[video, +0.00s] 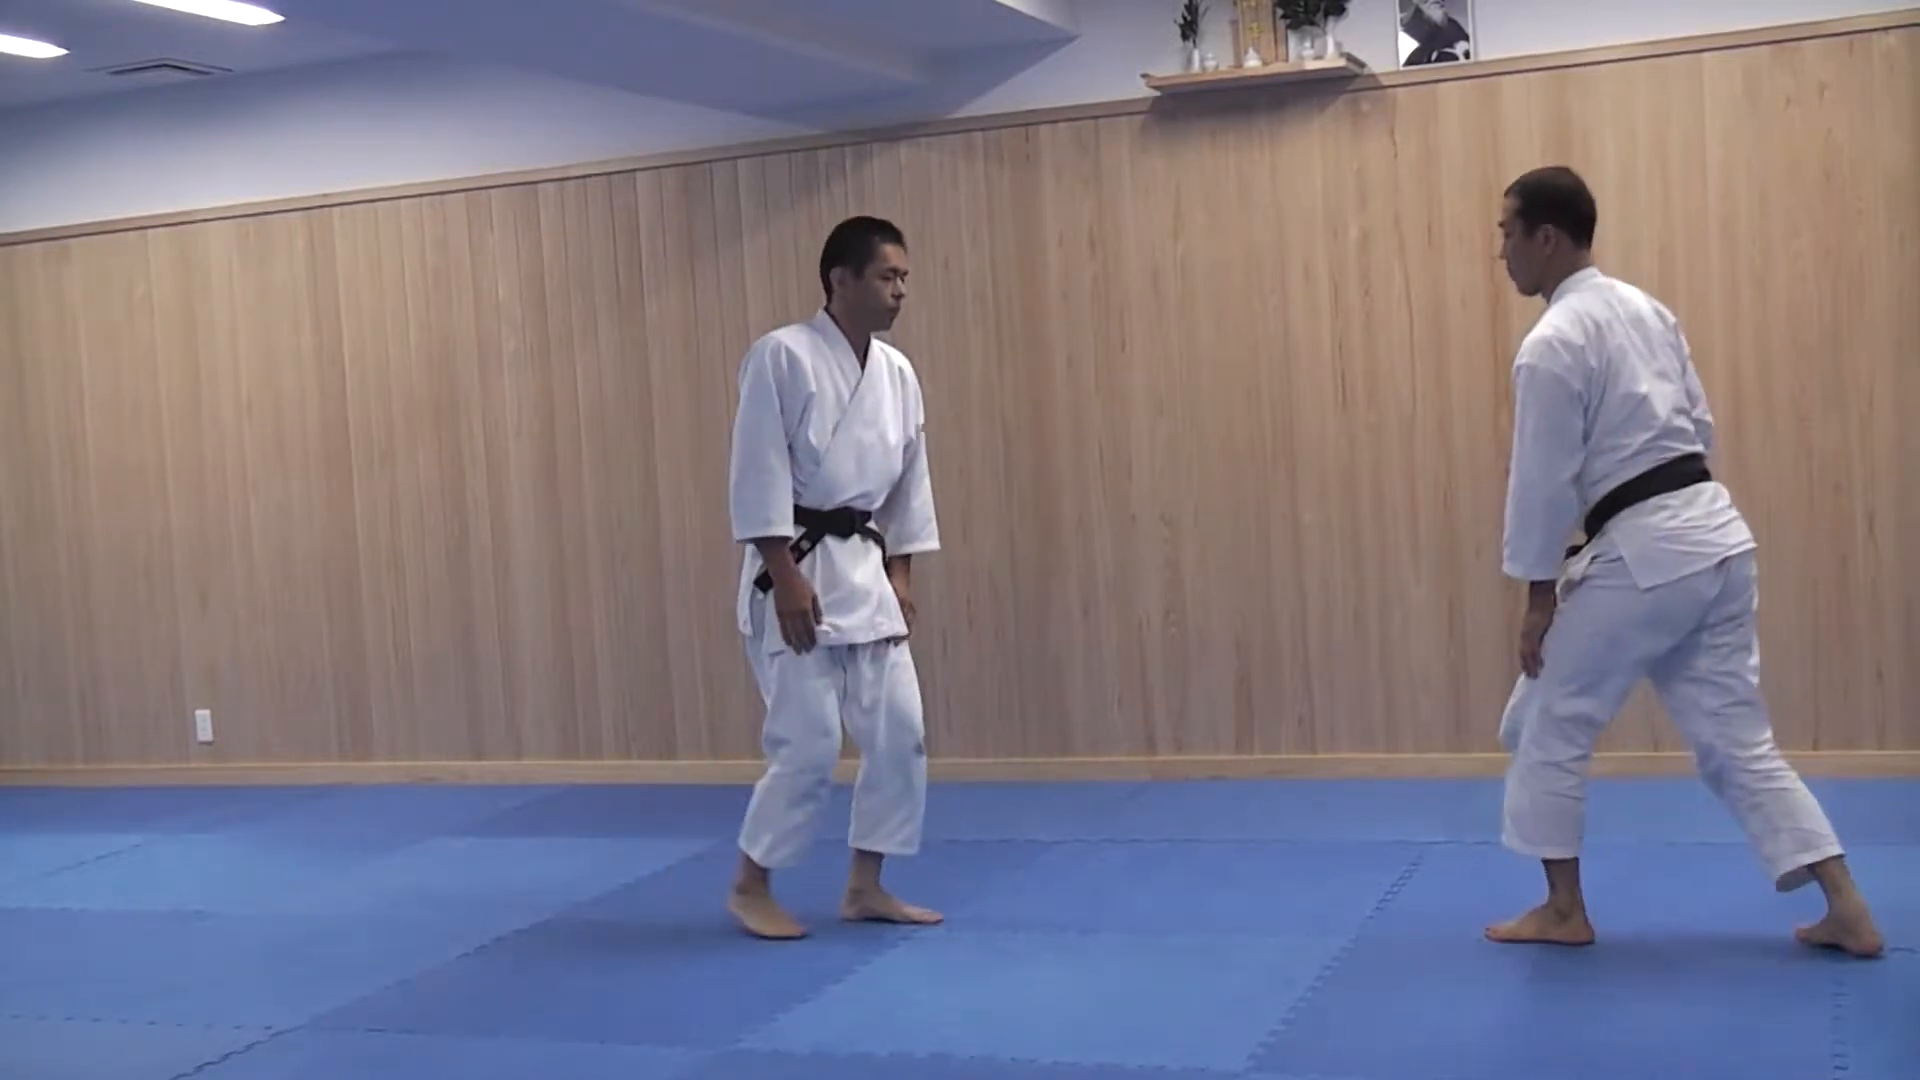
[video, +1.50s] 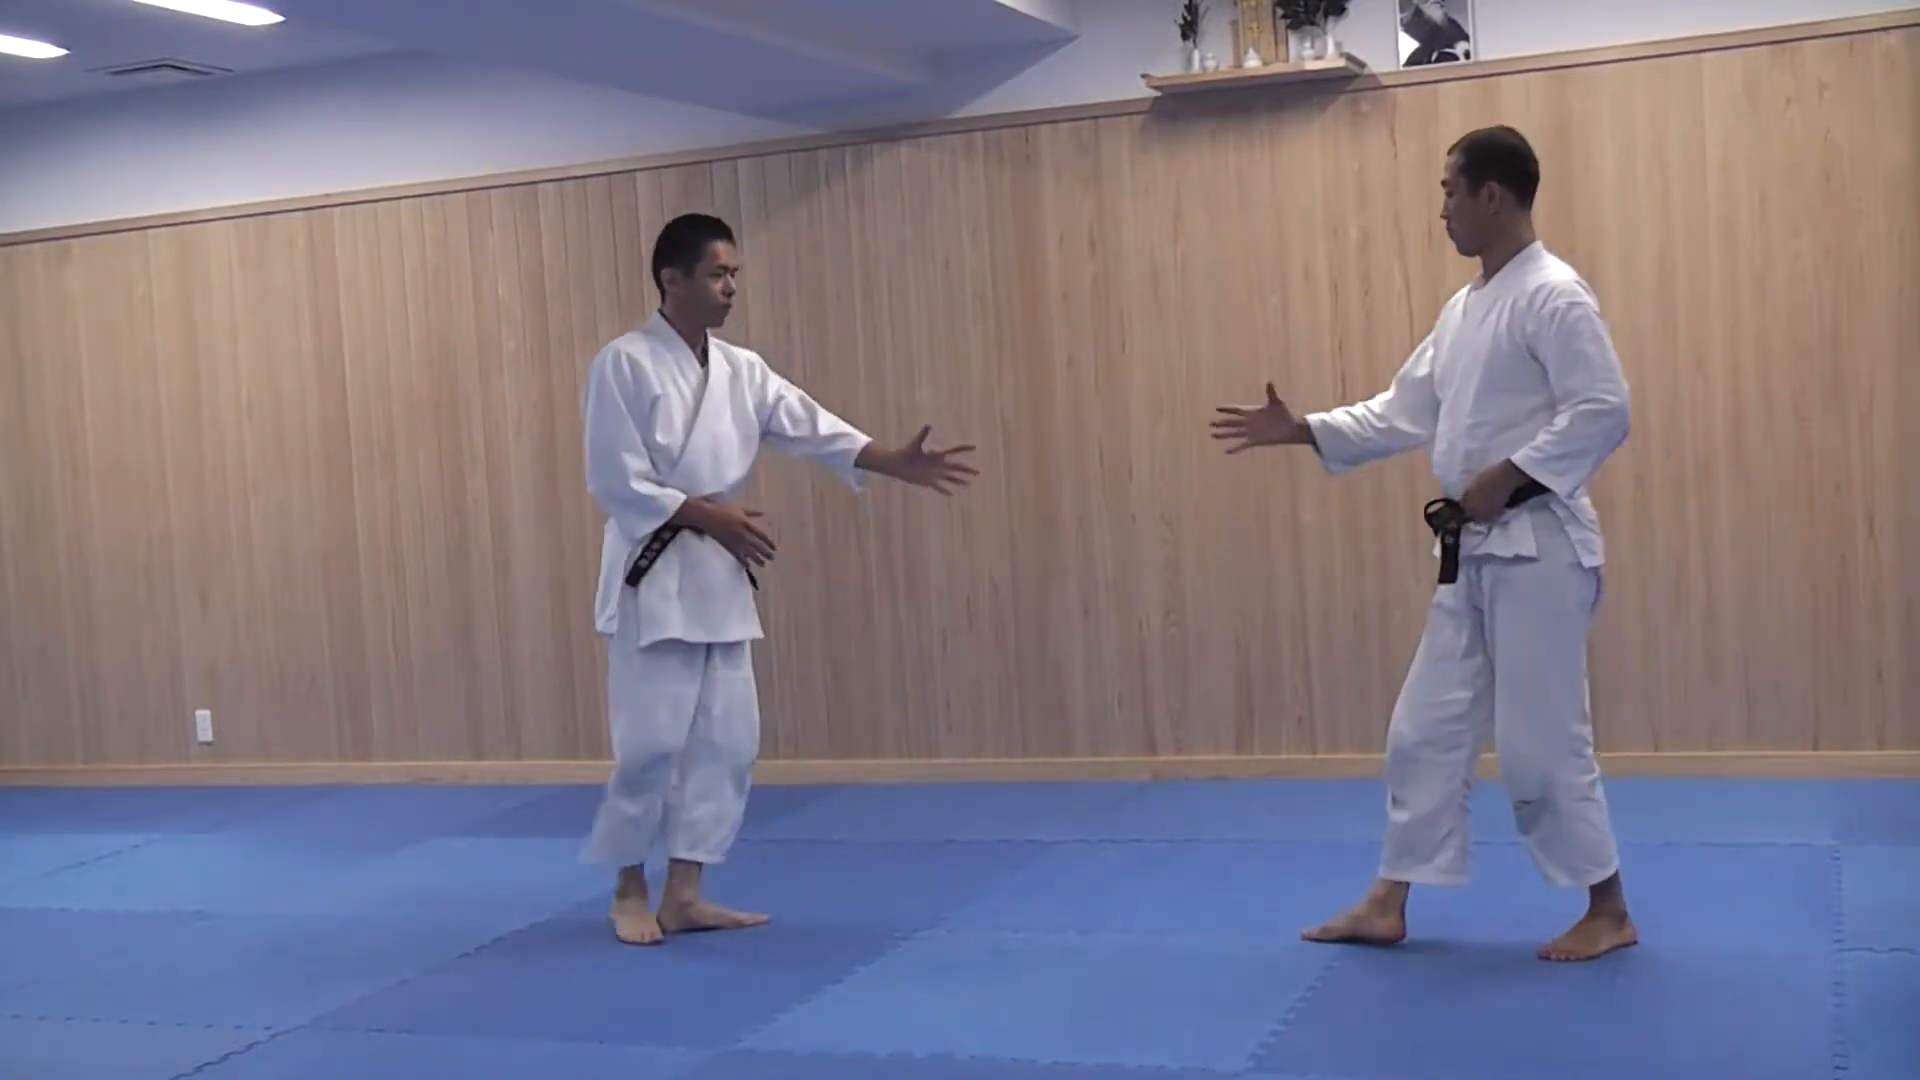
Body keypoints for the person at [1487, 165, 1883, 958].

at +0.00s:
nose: (1500, 250)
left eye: (1508, 233)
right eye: (1501, 233)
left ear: (1548, 237)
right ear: (1575, 238)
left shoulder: (1552, 341)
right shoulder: (1649, 309)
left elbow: (1543, 481)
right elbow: (1695, 429)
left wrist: (1538, 600)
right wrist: (1623, 524)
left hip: (1644, 552)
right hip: (1720, 536)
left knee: (1550, 718)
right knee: (1735, 737)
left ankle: (1563, 905)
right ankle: (1847, 909)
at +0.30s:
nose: (1563, 225)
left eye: (1571, 208)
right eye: (1564, 208)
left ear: (1615, 211)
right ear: (1633, 213)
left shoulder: (1624, 311)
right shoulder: (1697, 290)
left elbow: (1630, 442)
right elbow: (1741, 416)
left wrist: (1611, 560)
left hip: (1707, 541)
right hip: (1772, 528)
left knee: (1603, 704)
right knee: (1782, 726)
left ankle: (1584, 903)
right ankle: (1857, 916)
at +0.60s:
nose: (1551, 217)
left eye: (1563, 201)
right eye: (1553, 201)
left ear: (1606, 207)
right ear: (1613, 209)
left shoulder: (1631, 310)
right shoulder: (1637, 294)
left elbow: (1659, 440)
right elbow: (1658, 432)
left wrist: (1616, 549)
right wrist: (1602, 521)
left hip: (1677, 549)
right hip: (1701, 539)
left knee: (1586, 724)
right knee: (1742, 727)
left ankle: (1609, 912)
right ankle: (1848, 904)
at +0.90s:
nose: (1518, 204)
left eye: (1528, 187)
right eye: (1518, 188)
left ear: (1575, 192)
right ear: (1572, 194)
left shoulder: (1616, 291)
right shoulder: (1571, 287)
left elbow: (1655, 415)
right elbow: (1554, 423)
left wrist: (1572, 494)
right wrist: (1505, 506)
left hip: (1618, 545)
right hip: (1577, 543)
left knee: (1577, 729)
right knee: (1543, 723)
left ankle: (1611, 910)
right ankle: (1659, 872)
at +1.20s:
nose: (1491, 205)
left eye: (1502, 188)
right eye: (1492, 189)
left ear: (1549, 192)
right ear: (1544, 194)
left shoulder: (1602, 293)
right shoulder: (1520, 305)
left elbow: (1648, 408)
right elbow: (1473, 423)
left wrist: (1556, 478)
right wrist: (1388, 461)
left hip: (1584, 543)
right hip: (1523, 546)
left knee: (1568, 735)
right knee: (1456, 716)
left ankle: (1608, 912)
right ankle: (1402, 880)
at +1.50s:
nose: (1441, 206)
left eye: (1452, 191)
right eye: (1442, 190)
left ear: (1498, 196)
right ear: (1491, 198)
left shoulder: (1555, 295)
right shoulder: (1463, 308)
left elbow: (1603, 409)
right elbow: (1402, 411)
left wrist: (1510, 476)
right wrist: (1302, 428)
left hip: (1540, 546)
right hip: (1472, 550)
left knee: (1545, 738)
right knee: (1422, 731)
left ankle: (1608, 912)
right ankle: (1386, 902)